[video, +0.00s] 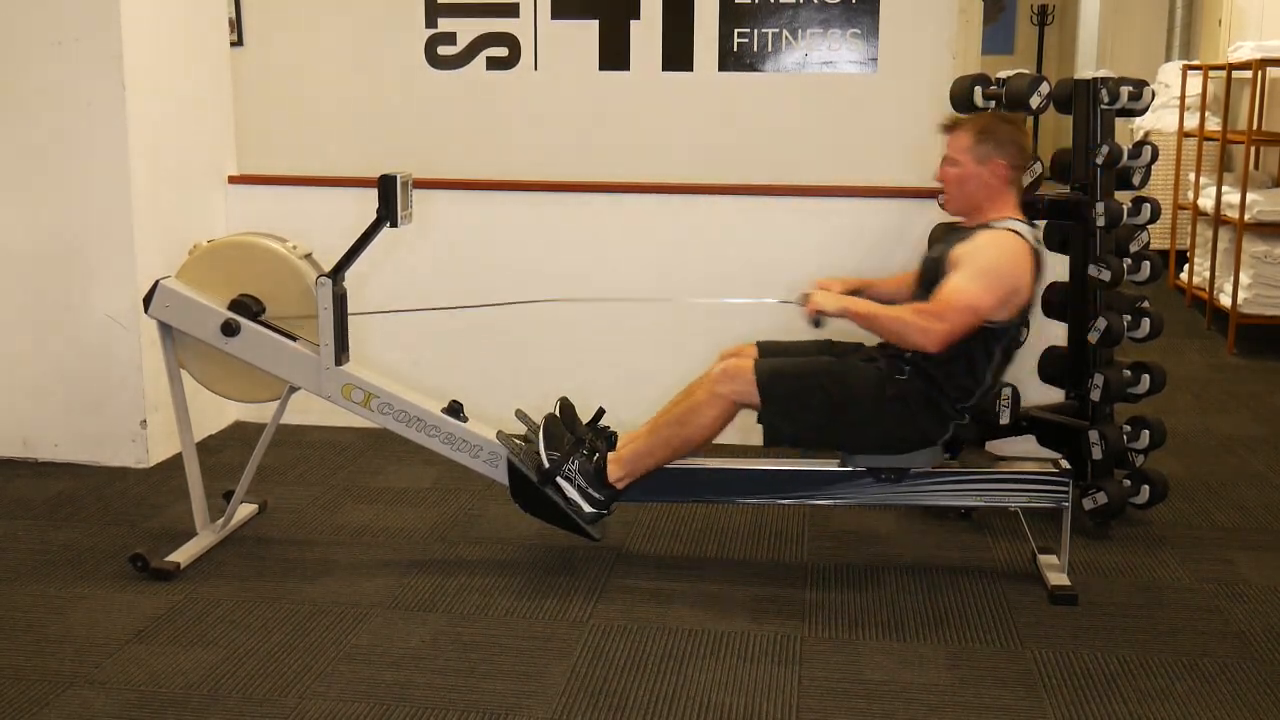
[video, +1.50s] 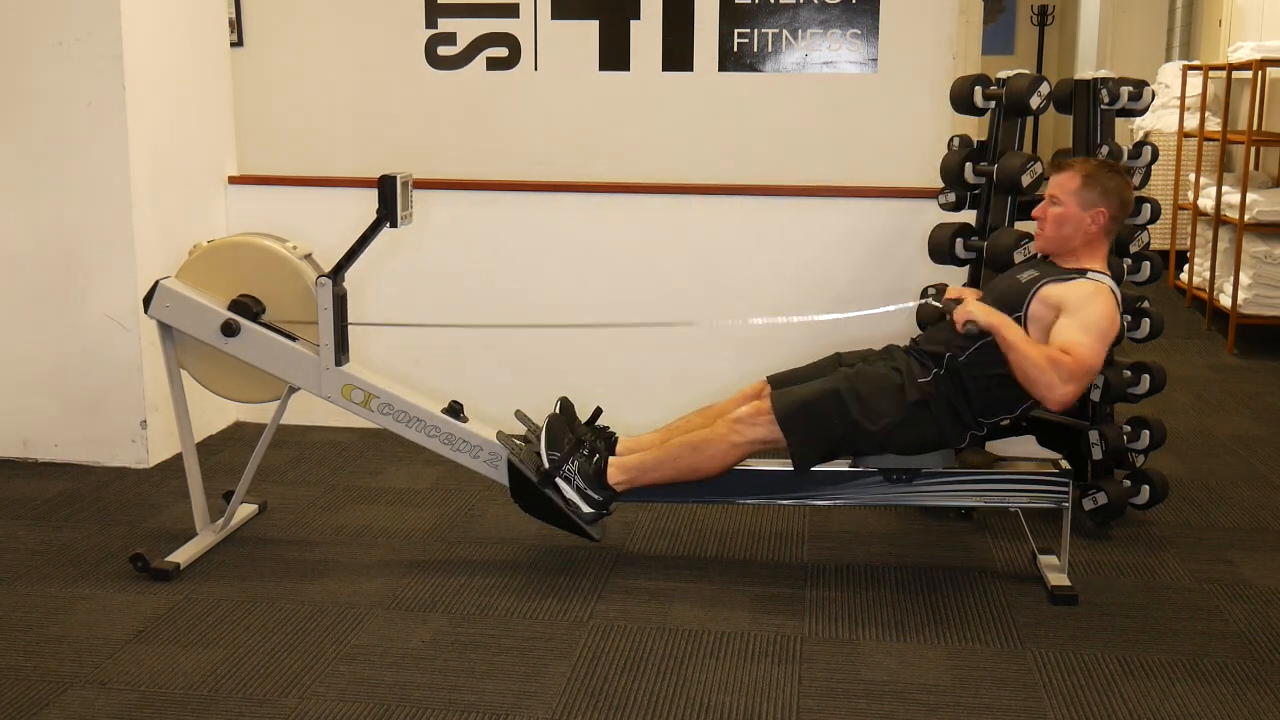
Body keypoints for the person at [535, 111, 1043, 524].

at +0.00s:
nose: (940, 177)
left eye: (951, 166)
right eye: (944, 165)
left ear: (998, 173)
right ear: (981, 171)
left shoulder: (1001, 249)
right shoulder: (970, 233)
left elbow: (933, 332)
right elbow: (918, 285)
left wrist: (848, 306)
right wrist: (851, 286)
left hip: (917, 400)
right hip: (899, 378)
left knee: (733, 376)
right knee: (732, 364)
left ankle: (598, 486)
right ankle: (609, 468)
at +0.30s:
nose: (695, 174)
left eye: (704, 160)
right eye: (698, 160)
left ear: (745, 163)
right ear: (747, 164)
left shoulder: (764, 235)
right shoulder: (764, 223)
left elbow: (685, 324)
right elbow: (690, 282)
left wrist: (602, 346)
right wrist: (620, 311)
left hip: (810, 411)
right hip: (807, 398)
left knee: (657, 333)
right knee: (659, 317)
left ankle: (597, 476)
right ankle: (602, 450)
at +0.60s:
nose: (556, 192)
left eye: (564, 180)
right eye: (559, 180)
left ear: (600, 187)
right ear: (604, 186)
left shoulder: (622, 246)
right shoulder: (645, 226)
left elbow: (533, 332)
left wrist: (462, 378)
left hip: (706, 412)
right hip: (720, 403)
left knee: (574, 312)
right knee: (589, 302)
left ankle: (594, 459)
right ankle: (606, 439)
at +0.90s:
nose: (681, 149)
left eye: (694, 141)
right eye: (687, 138)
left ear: (731, 154)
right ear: (732, 155)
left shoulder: (730, 223)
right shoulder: (732, 211)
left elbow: (620, 273)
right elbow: (628, 245)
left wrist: (533, 293)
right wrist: (547, 272)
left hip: (773, 405)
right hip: (769, 389)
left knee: (631, 311)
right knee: (637, 298)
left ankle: (593, 468)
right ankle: (601, 444)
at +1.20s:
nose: (925, 145)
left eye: (940, 136)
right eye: (931, 133)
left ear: (981, 153)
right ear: (971, 150)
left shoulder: (967, 230)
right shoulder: (941, 217)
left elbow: (856, 280)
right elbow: (843, 250)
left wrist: (760, 286)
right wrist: (760, 267)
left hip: (911, 394)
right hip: (889, 371)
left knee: (738, 387)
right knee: (731, 370)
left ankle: (596, 485)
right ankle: (601, 454)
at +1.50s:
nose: (1039, 213)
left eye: (1054, 204)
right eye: (1044, 201)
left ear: (1095, 222)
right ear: (1079, 217)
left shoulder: (1093, 297)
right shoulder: (1048, 274)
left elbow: (1063, 388)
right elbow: (1015, 345)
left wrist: (994, 321)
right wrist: (970, 309)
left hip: (930, 394)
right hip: (909, 368)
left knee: (757, 423)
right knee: (752, 402)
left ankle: (599, 486)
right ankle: (605, 458)